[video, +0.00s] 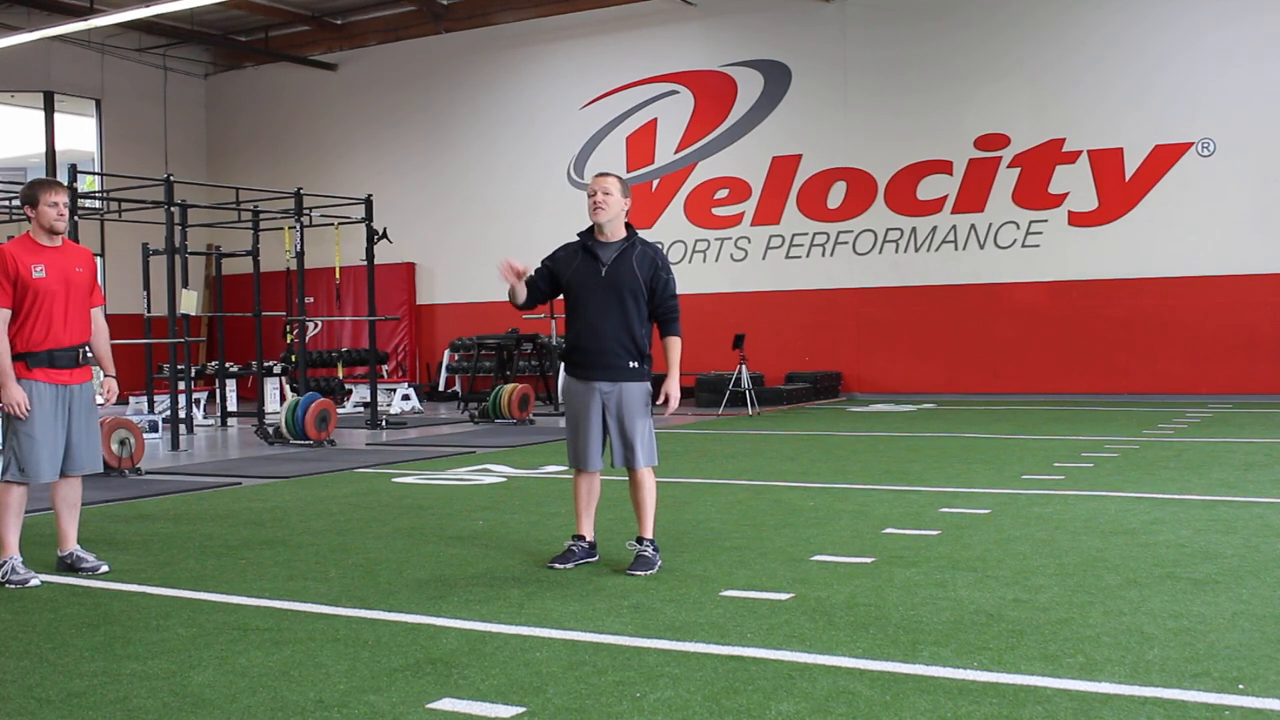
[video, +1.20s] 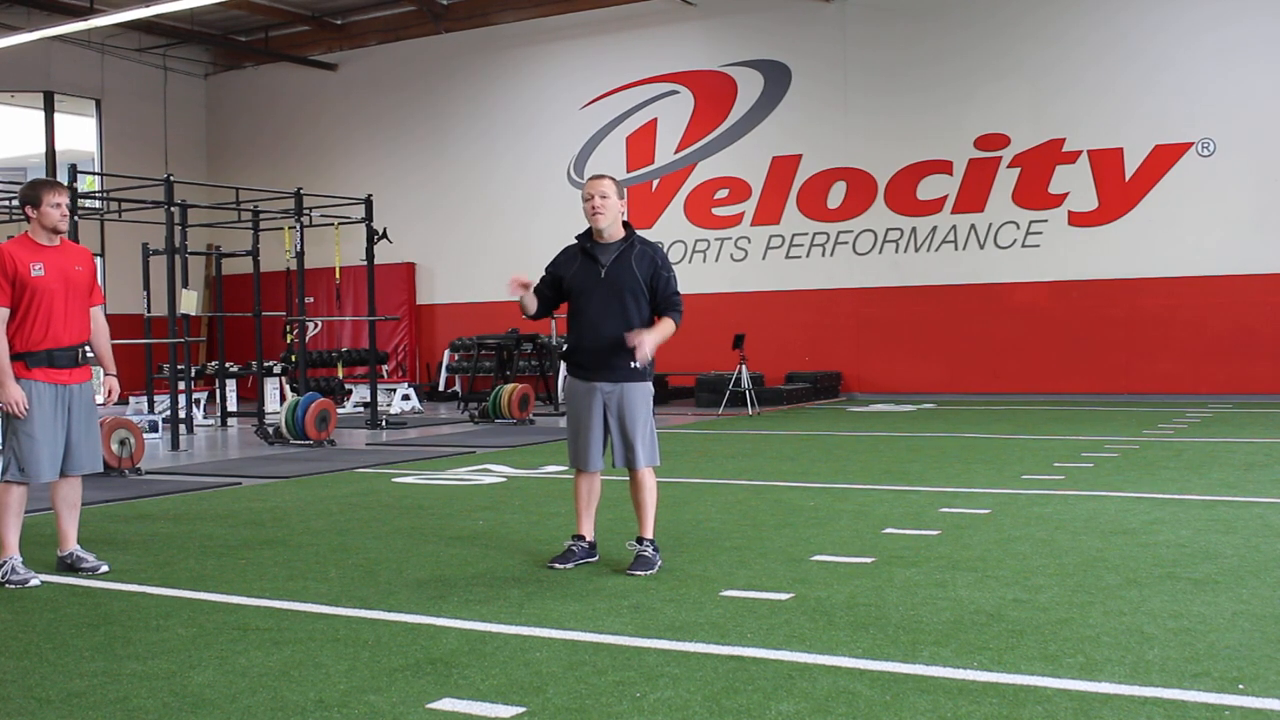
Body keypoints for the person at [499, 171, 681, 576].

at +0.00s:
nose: (597, 199)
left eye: (606, 193)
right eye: (592, 194)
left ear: (626, 203)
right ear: (587, 204)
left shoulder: (649, 256)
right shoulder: (568, 256)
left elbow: (669, 320)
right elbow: (527, 299)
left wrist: (673, 376)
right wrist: (517, 284)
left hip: (631, 379)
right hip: (580, 377)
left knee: (638, 463)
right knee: (584, 463)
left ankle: (646, 544)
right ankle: (584, 542)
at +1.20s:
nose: (594, 204)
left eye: (602, 197)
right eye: (588, 199)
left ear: (622, 204)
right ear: (583, 208)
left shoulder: (649, 255)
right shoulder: (570, 257)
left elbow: (673, 312)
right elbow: (539, 309)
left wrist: (654, 335)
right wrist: (528, 296)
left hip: (632, 379)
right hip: (582, 377)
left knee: (639, 463)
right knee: (585, 462)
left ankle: (646, 544)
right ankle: (583, 542)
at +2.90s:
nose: (591, 209)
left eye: (600, 202)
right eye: (587, 203)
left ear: (623, 206)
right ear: (585, 209)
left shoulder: (653, 256)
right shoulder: (571, 259)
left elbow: (678, 315)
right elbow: (548, 321)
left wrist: (652, 312)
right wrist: (556, 312)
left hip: (635, 380)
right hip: (584, 379)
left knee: (640, 463)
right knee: (586, 464)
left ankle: (646, 544)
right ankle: (584, 542)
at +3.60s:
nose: (587, 211)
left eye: (595, 203)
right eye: (584, 204)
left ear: (620, 206)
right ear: (583, 209)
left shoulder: (652, 256)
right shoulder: (571, 259)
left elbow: (678, 313)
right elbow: (545, 316)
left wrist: (651, 311)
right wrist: (538, 306)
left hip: (635, 380)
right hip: (585, 379)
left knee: (641, 463)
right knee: (587, 462)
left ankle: (647, 545)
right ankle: (584, 542)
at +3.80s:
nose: (587, 210)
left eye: (595, 203)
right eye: (583, 203)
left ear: (620, 207)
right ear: (582, 209)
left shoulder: (652, 256)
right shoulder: (572, 259)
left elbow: (679, 313)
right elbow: (547, 317)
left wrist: (650, 311)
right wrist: (539, 310)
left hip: (635, 380)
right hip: (585, 378)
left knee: (641, 463)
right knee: (587, 462)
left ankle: (646, 544)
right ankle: (584, 542)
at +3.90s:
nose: (587, 209)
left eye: (596, 202)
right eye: (583, 203)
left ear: (620, 207)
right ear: (581, 209)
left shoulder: (652, 256)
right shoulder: (571, 259)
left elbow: (679, 312)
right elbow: (548, 317)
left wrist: (648, 310)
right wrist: (540, 311)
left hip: (635, 380)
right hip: (585, 378)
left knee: (641, 463)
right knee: (586, 462)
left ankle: (646, 544)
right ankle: (584, 542)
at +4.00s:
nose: (588, 207)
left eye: (596, 200)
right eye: (584, 202)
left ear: (620, 205)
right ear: (582, 208)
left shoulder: (651, 255)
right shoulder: (570, 259)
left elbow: (678, 312)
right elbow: (547, 318)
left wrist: (641, 306)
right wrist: (540, 309)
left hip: (635, 380)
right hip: (584, 379)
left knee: (641, 463)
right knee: (586, 463)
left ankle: (647, 544)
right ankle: (584, 542)